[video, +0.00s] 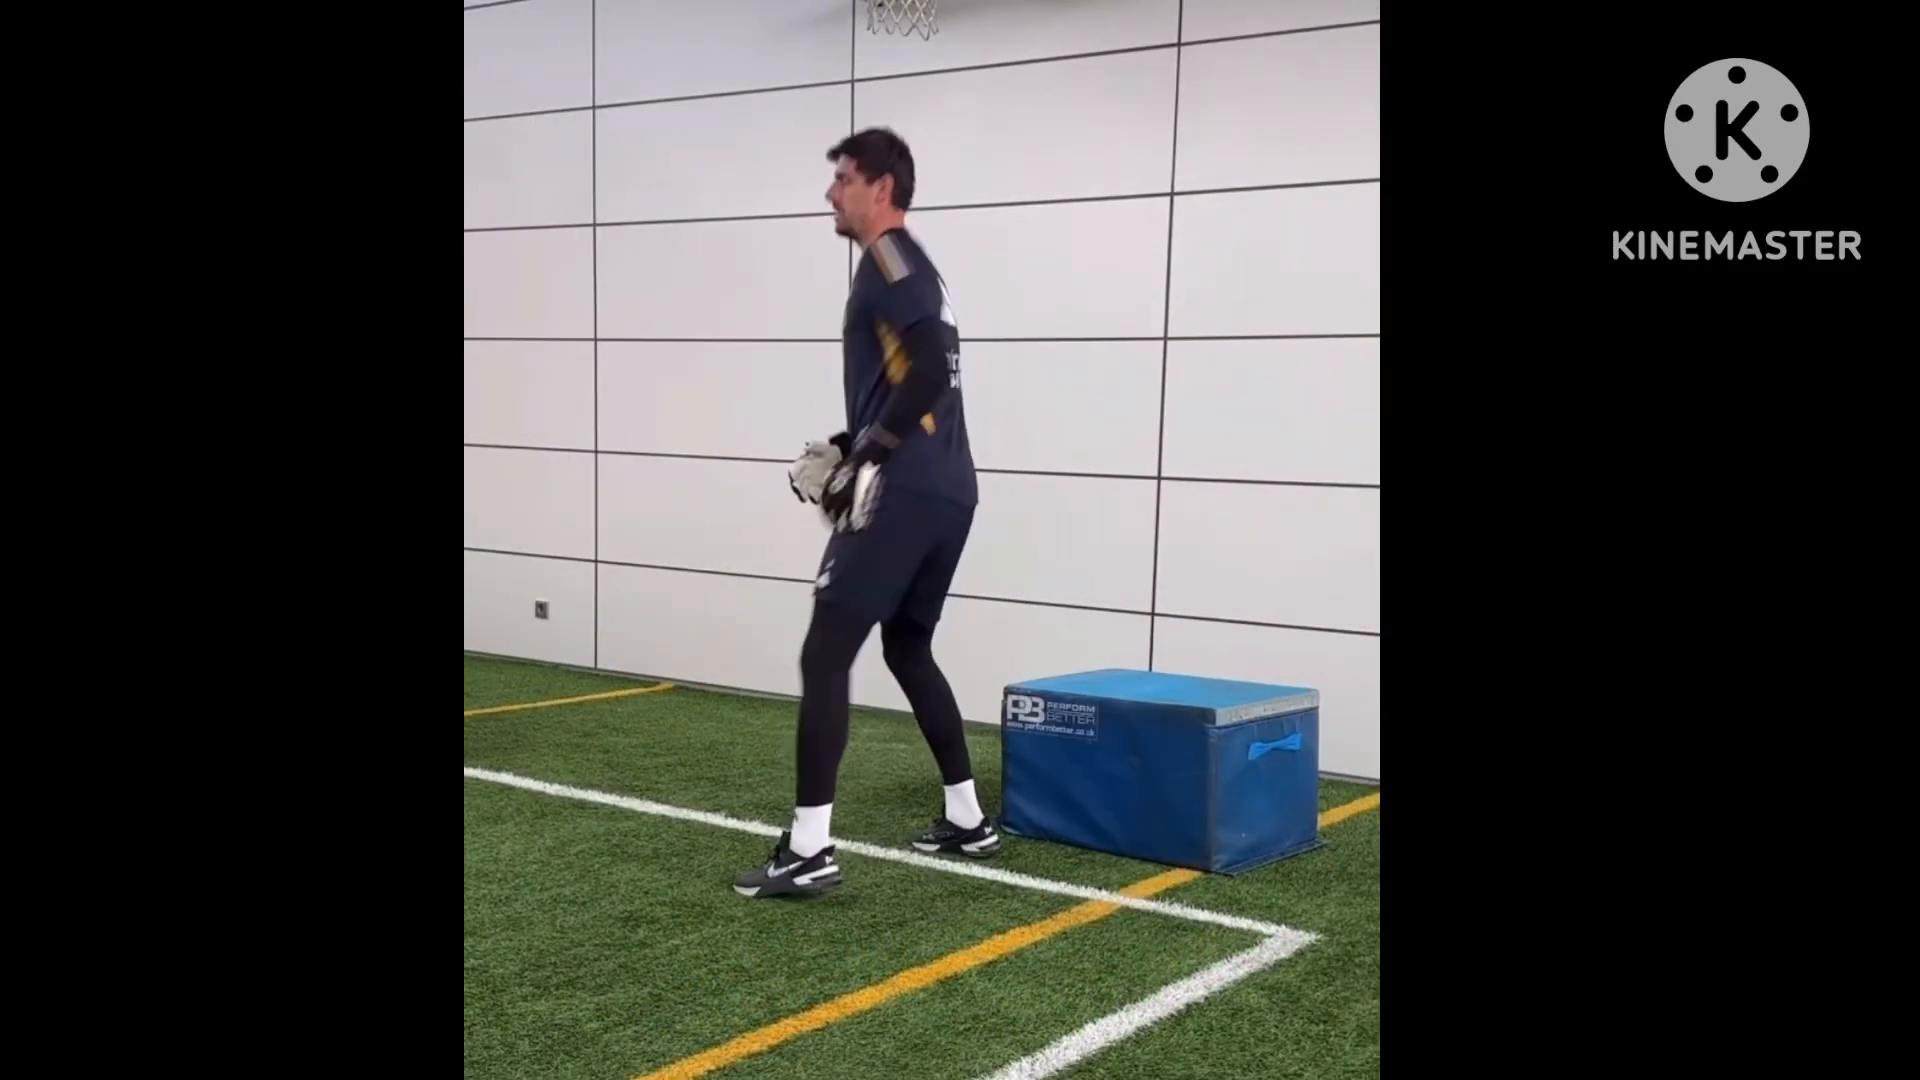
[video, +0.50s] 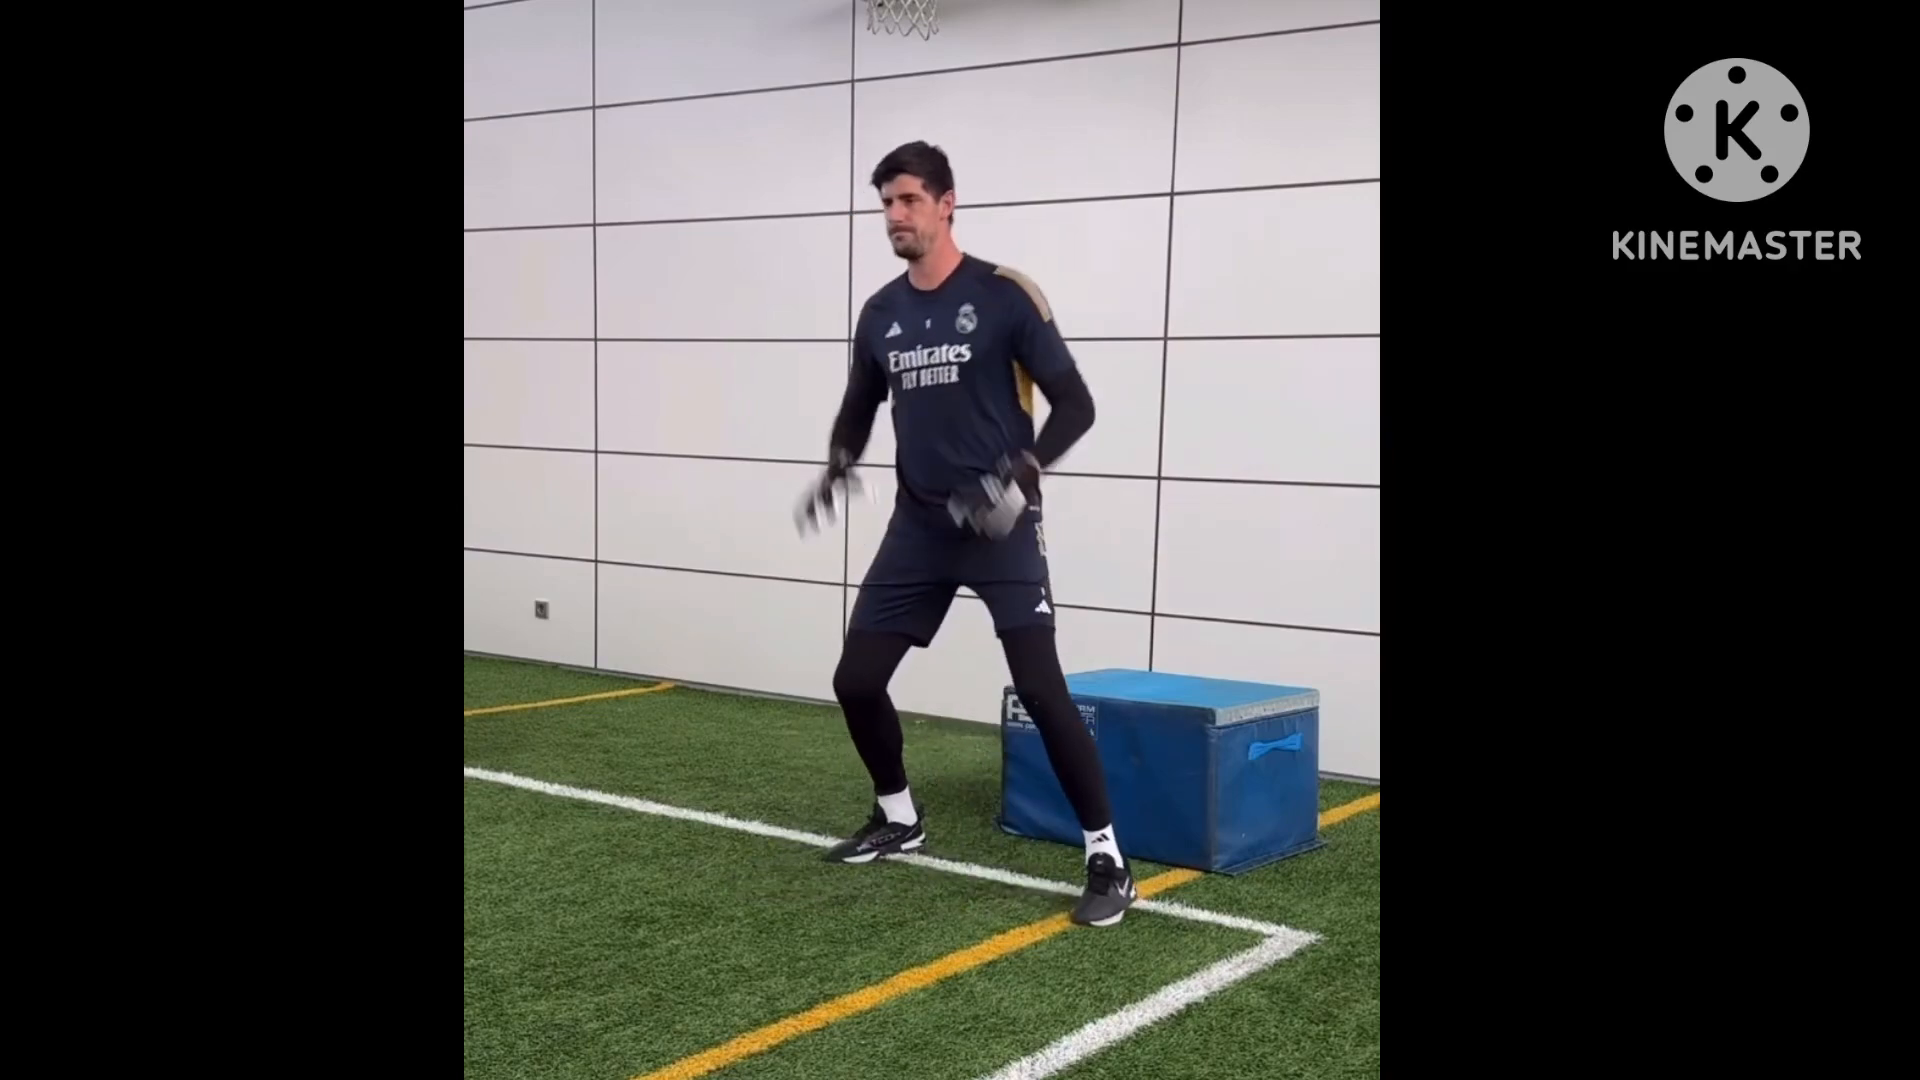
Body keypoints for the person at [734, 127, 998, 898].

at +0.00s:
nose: (830, 192)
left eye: (842, 180)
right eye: (832, 179)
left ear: (882, 188)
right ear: (884, 190)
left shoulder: (888, 258)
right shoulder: (902, 262)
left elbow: (930, 368)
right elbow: (905, 381)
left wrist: (872, 452)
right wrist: (844, 446)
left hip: (904, 487)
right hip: (947, 489)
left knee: (825, 654)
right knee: (908, 648)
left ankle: (808, 848)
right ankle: (966, 818)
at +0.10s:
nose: (842, 166)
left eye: (856, 153)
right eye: (840, 154)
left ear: (898, 161)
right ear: (854, 166)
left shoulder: (925, 234)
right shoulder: (873, 249)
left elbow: (988, 348)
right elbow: (885, 363)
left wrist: (920, 433)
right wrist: (838, 434)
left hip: (936, 459)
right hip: (897, 457)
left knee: (865, 634)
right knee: (875, 636)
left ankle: (863, 832)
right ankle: (951, 800)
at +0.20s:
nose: (851, 179)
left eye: (865, 166)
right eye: (847, 167)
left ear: (906, 173)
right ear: (852, 178)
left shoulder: (949, 259)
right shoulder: (856, 277)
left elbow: (1011, 379)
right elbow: (864, 380)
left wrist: (958, 470)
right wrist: (837, 459)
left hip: (943, 486)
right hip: (881, 485)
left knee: (910, 644)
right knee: (856, 655)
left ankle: (974, 835)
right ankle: (896, 817)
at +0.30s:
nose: (860, 207)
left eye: (874, 193)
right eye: (855, 195)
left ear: (913, 201)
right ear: (852, 207)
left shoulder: (963, 292)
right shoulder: (853, 310)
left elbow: (1030, 412)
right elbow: (856, 411)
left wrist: (995, 516)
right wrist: (848, 501)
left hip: (962, 522)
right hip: (887, 525)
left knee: (986, 677)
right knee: (843, 675)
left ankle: (1071, 845)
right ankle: (897, 818)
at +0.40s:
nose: (873, 224)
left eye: (886, 209)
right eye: (866, 211)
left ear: (925, 214)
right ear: (862, 224)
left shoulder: (983, 308)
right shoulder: (866, 326)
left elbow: (1052, 426)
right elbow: (864, 432)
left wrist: (1036, 533)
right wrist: (849, 526)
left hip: (986, 536)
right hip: (903, 540)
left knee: (1037, 696)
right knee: (843, 684)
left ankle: (1107, 858)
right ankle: (898, 820)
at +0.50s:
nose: (894, 216)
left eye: (908, 201)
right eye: (886, 204)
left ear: (946, 204)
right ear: (883, 213)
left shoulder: (1007, 296)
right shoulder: (880, 314)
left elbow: (1076, 406)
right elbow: (859, 404)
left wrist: (1024, 473)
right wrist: (838, 465)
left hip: (1002, 522)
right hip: (918, 523)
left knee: (1040, 687)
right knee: (858, 680)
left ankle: (1105, 856)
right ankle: (898, 819)